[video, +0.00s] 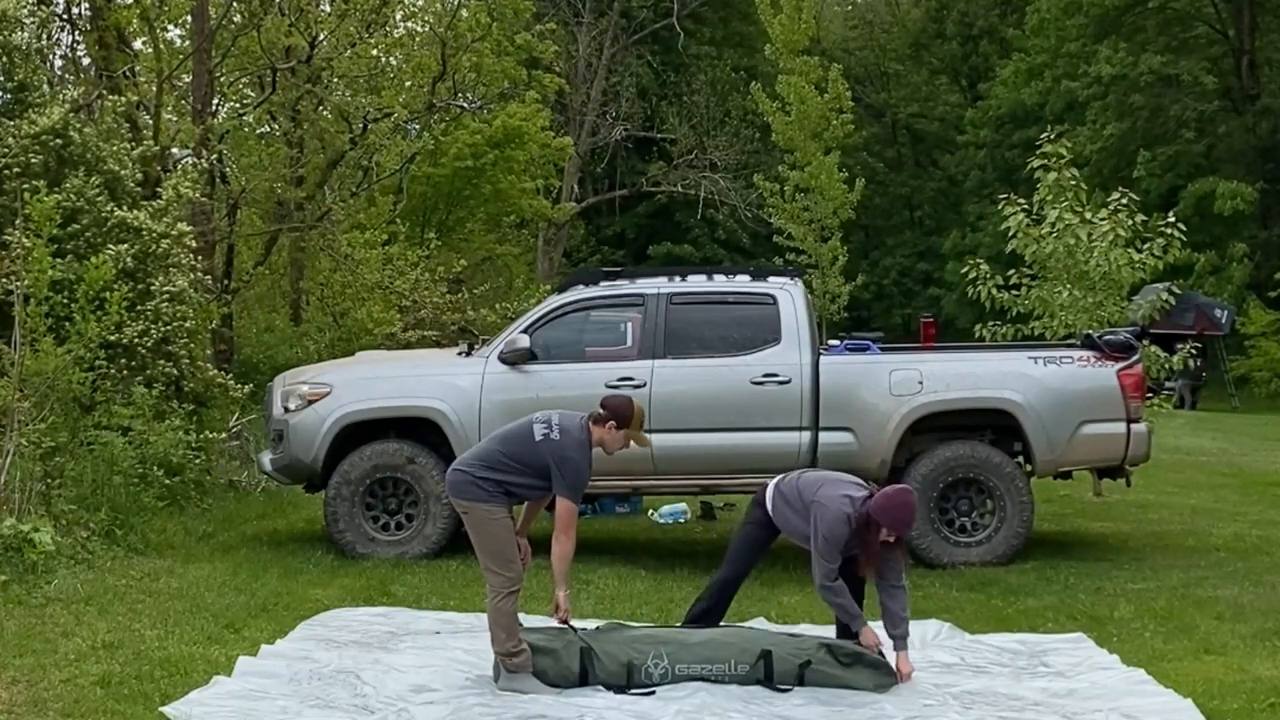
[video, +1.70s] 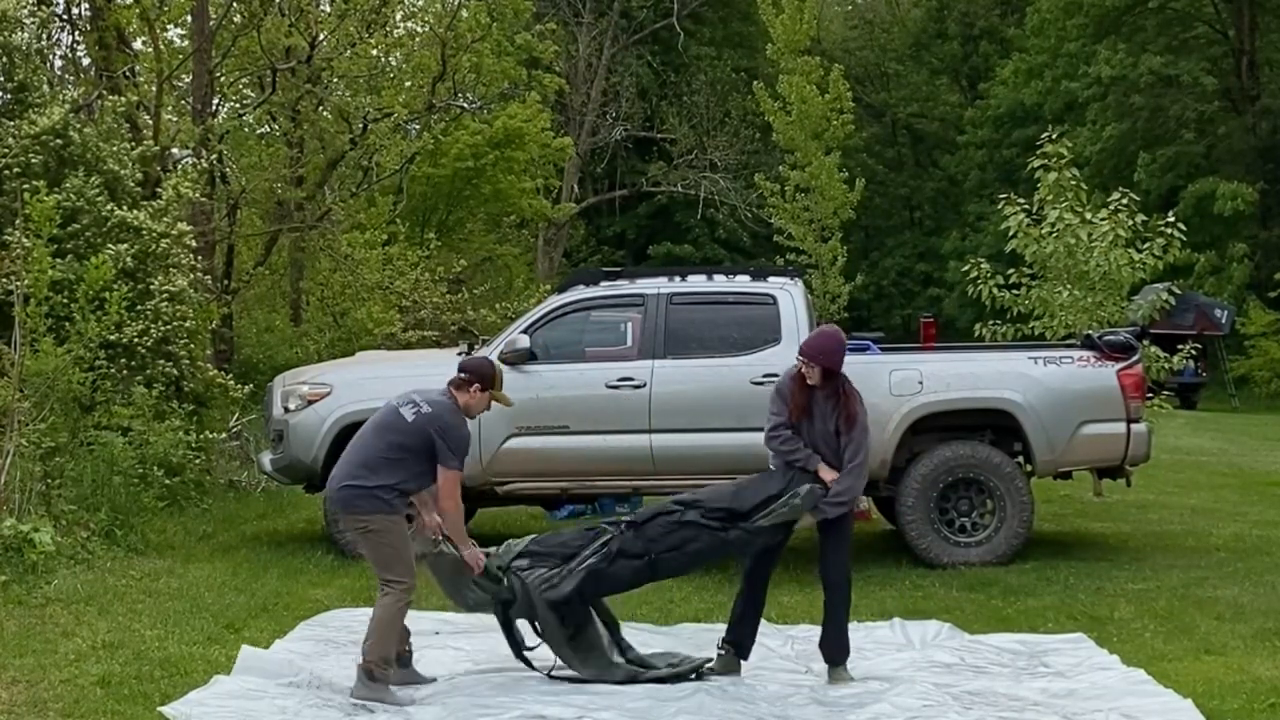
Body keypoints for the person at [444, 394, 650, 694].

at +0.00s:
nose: (627, 443)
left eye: (629, 437)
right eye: (626, 436)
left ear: (605, 423)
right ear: (609, 426)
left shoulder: (573, 427)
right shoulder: (574, 455)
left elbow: (543, 488)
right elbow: (563, 535)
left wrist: (521, 532)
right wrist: (561, 590)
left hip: (480, 482)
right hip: (477, 488)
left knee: (508, 574)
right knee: (505, 579)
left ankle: (507, 664)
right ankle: (514, 671)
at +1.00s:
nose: (622, 442)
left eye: (625, 435)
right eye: (622, 433)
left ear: (601, 421)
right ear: (604, 423)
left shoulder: (566, 431)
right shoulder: (569, 450)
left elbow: (542, 500)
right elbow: (554, 525)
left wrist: (529, 547)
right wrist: (553, 590)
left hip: (476, 486)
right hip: (472, 489)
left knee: (511, 571)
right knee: (506, 576)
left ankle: (498, 661)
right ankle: (513, 670)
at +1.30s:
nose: (589, 456)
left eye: (593, 450)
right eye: (591, 447)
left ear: (568, 431)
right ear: (577, 435)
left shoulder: (531, 441)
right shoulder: (546, 451)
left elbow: (512, 520)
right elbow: (543, 528)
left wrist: (505, 570)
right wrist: (557, 588)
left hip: (434, 494)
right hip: (452, 500)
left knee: (483, 568)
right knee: (505, 580)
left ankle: (472, 653)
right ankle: (514, 673)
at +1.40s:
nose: (555, 430)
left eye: (559, 425)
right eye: (557, 422)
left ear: (535, 409)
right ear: (540, 410)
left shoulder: (494, 426)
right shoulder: (511, 437)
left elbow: (481, 509)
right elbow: (518, 513)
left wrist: (486, 562)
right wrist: (540, 569)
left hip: (409, 497)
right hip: (432, 502)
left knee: (447, 578)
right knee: (478, 584)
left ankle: (404, 657)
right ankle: (513, 673)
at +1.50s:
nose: (518, 416)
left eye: (522, 410)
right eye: (520, 407)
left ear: (495, 394)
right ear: (503, 395)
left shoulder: (450, 407)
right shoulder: (474, 420)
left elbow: (442, 487)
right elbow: (479, 500)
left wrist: (457, 543)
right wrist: (499, 558)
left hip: (370, 484)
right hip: (399, 484)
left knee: (410, 569)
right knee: (460, 552)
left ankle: (398, 665)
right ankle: (469, 649)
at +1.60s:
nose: (501, 404)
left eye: (503, 398)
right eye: (502, 395)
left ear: (474, 383)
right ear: (485, 386)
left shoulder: (433, 398)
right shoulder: (461, 417)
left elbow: (424, 482)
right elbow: (467, 498)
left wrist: (441, 531)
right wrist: (478, 551)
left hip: (357, 484)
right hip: (385, 485)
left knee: (400, 567)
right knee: (443, 553)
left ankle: (397, 665)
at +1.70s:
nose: (488, 406)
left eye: (491, 400)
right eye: (489, 398)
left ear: (461, 385)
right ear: (474, 390)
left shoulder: (422, 400)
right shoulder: (452, 423)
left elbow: (406, 462)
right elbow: (449, 501)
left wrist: (428, 511)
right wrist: (465, 547)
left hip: (348, 493)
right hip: (368, 500)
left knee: (397, 580)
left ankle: (397, 664)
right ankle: (371, 678)